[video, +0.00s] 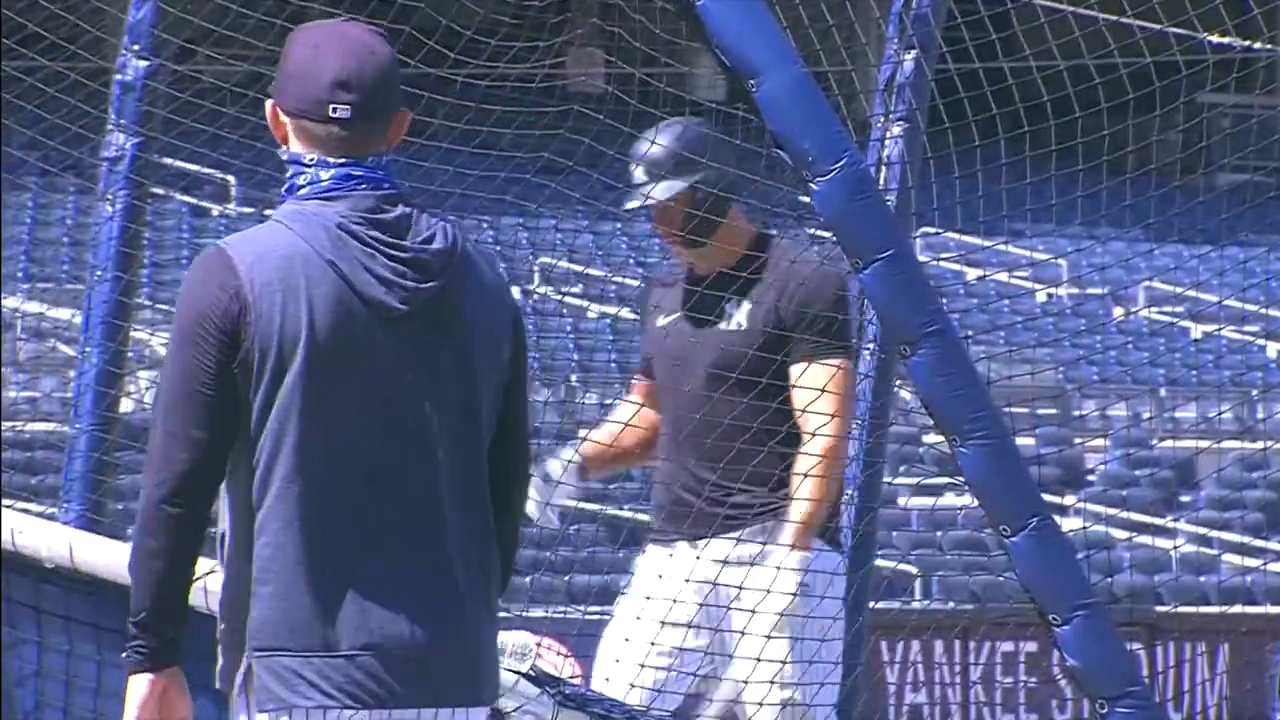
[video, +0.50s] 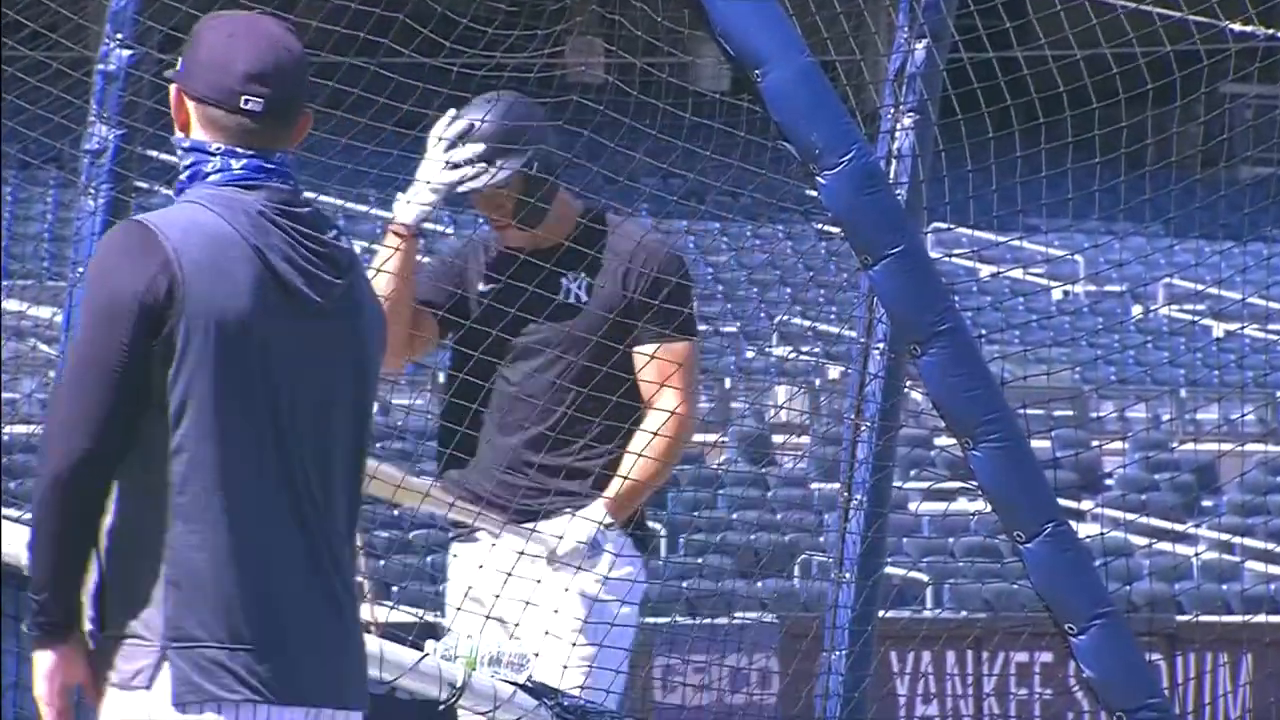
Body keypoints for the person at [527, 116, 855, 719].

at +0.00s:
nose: (668, 226)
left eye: (682, 207)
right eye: (655, 211)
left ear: (726, 195)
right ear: (645, 209)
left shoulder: (807, 279)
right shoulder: (665, 292)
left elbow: (826, 431)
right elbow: (648, 415)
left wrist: (791, 550)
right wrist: (575, 463)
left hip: (779, 547)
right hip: (675, 552)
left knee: (783, 708)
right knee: (617, 708)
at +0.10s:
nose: (628, 232)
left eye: (642, 212)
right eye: (616, 217)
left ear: (685, 197)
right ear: (605, 215)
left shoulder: (768, 281)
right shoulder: (624, 298)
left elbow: (791, 425)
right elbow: (599, 418)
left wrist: (739, 531)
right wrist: (533, 411)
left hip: (748, 559)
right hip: (642, 567)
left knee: (771, 710)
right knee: (610, 712)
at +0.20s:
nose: (575, 228)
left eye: (585, 207)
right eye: (566, 213)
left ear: (630, 195)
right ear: (559, 212)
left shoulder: (725, 278)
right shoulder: (578, 300)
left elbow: (753, 422)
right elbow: (531, 426)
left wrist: (692, 521)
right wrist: (478, 350)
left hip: (706, 567)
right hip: (596, 567)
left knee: (719, 709)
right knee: (572, 712)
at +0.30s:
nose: (544, 229)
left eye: (555, 210)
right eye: (528, 216)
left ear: (592, 187)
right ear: (515, 211)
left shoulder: (687, 269)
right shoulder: (535, 288)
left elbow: (717, 411)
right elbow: (462, 404)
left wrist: (651, 518)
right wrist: (446, 287)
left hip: (654, 572)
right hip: (545, 567)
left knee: (660, 709)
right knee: (530, 713)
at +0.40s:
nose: (514, 232)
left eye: (524, 212)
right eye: (500, 217)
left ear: (566, 185)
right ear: (487, 210)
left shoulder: (666, 259)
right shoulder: (501, 274)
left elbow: (694, 409)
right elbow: (413, 366)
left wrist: (622, 517)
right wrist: (430, 236)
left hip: (616, 560)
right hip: (510, 552)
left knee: (607, 712)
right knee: (498, 713)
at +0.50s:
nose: (490, 216)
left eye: (500, 197)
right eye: (475, 202)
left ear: (544, 175)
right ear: (460, 194)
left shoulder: (642, 259)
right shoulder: (468, 264)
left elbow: (671, 408)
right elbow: (381, 349)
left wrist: (604, 512)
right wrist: (408, 215)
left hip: (586, 547)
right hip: (480, 544)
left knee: (571, 708)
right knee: (477, 708)